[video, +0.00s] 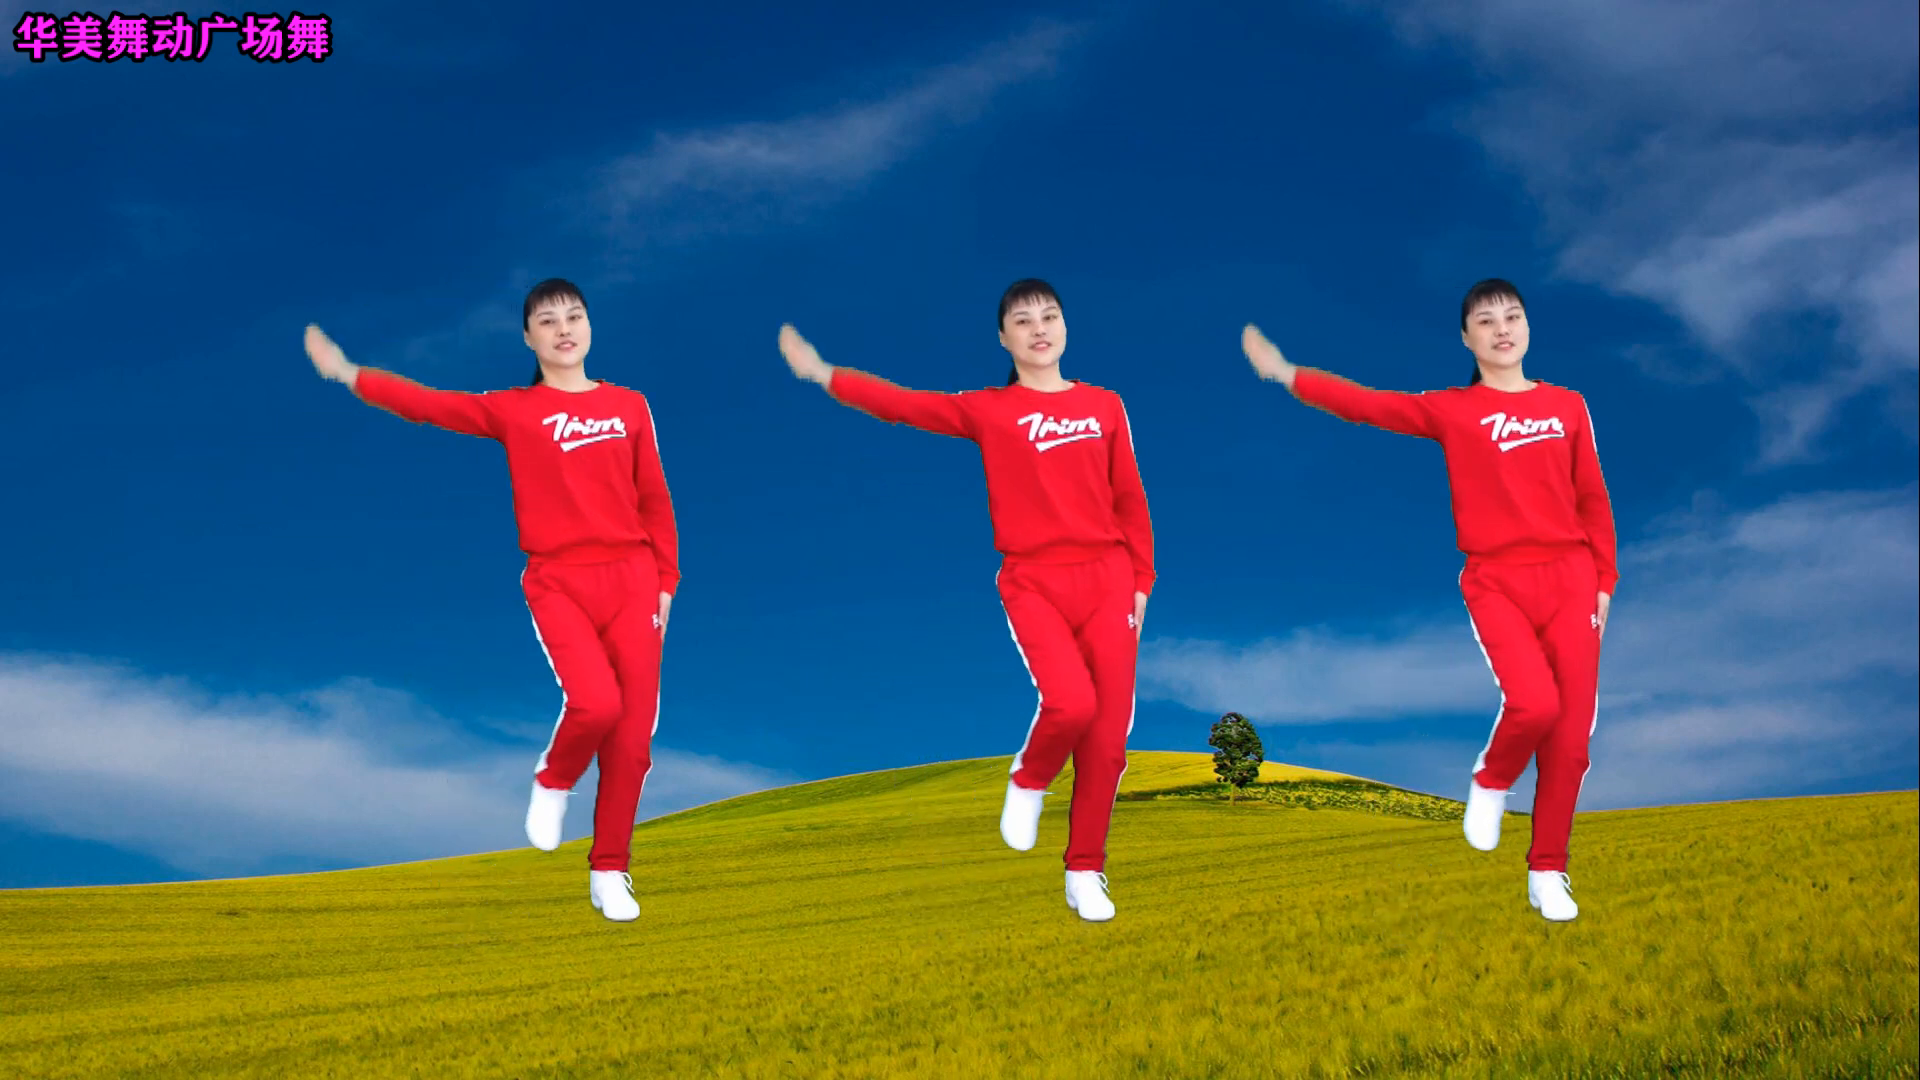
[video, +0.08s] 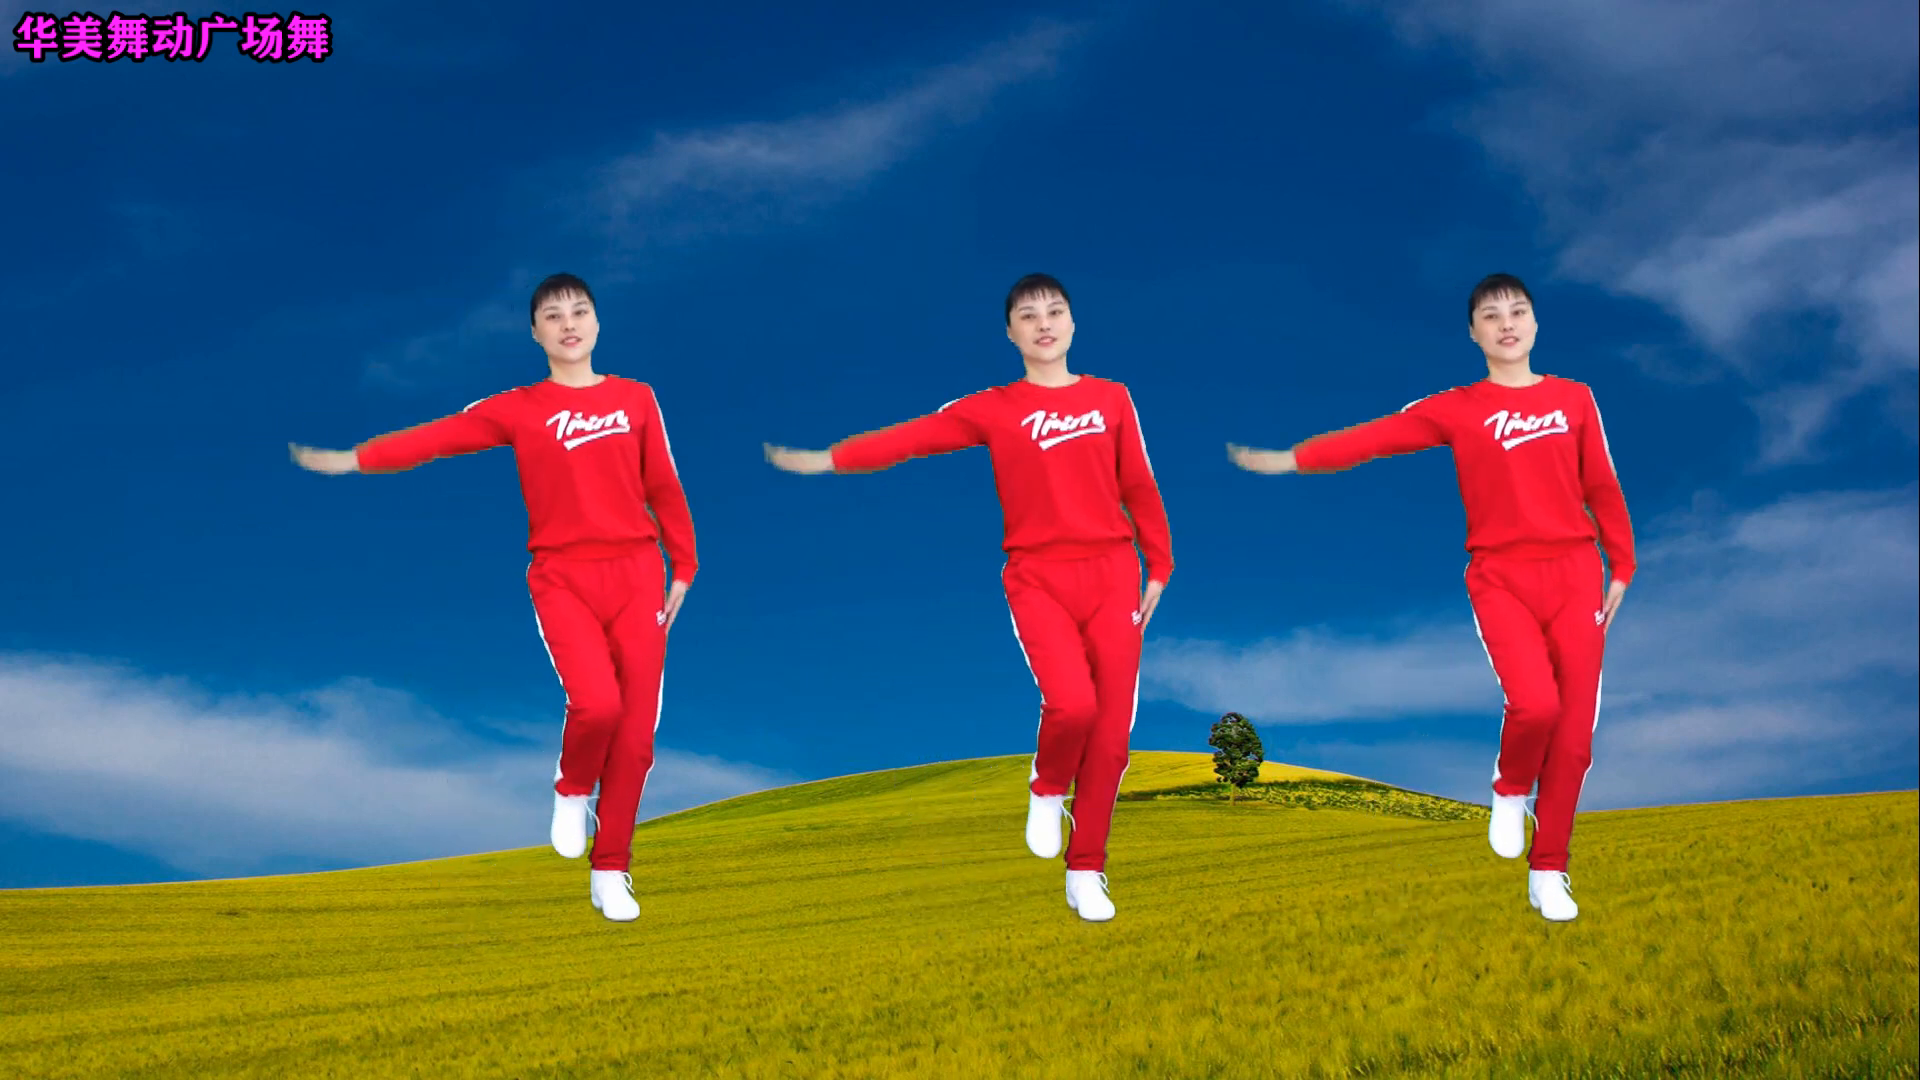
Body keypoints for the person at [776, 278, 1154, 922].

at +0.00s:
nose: (1038, 328)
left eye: (1048, 318)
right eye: (1024, 321)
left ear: (1065, 328)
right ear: (1006, 337)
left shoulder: (1104, 405)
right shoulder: (987, 407)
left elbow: (1133, 501)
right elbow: (900, 403)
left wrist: (1142, 580)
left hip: (1107, 575)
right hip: (1032, 579)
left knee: (1111, 731)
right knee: (1073, 706)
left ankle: (1085, 868)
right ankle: (1028, 784)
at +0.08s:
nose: (1044, 324)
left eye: (1054, 313)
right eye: (1029, 316)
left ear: (1071, 323)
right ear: (1012, 332)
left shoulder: (1112, 398)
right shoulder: (992, 407)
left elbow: (1141, 488)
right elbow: (910, 437)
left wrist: (1159, 568)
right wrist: (825, 458)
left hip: (1113, 570)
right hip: (1037, 575)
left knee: (1115, 726)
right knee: (1074, 706)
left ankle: (1086, 867)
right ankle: (1049, 791)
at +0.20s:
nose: (1048, 305)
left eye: (1060, 294)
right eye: (1035, 297)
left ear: (1079, 305)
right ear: (1019, 313)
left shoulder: (1116, 374)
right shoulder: (1002, 390)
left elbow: (1166, 451)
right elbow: (954, 467)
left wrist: (1205, 524)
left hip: (1112, 559)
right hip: (1036, 563)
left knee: (1107, 719)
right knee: (1059, 716)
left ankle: (1094, 863)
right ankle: (1054, 826)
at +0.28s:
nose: (1052, 303)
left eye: (1064, 292)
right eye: (1038, 295)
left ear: (1083, 304)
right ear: (1023, 310)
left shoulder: (1120, 371)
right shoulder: (1005, 390)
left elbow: (1185, 437)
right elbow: (982, 480)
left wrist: (1245, 502)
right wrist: (955, 561)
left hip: (1108, 560)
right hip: (1032, 563)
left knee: (1102, 723)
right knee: (1047, 722)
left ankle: (1094, 865)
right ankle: (1051, 852)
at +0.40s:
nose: (1053, 309)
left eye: (1065, 298)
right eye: (1041, 301)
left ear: (1088, 310)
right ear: (1029, 317)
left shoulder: (1124, 381)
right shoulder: (1008, 398)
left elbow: (1200, 435)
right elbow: (993, 494)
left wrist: (1278, 481)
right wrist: (986, 573)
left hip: (1100, 568)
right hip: (1021, 568)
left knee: (1095, 732)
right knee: (1041, 732)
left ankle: (1089, 869)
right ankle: (1048, 866)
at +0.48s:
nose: (1043, 310)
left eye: (1056, 298)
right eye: (1034, 303)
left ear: (1088, 309)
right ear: (1026, 319)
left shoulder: (1121, 382)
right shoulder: (1007, 396)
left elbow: (1193, 445)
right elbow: (987, 488)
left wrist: (1262, 501)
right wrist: (973, 565)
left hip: (1097, 568)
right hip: (1021, 568)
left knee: (1092, 724)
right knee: (1036, 725)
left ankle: (1088, 866)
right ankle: (1046, 858)